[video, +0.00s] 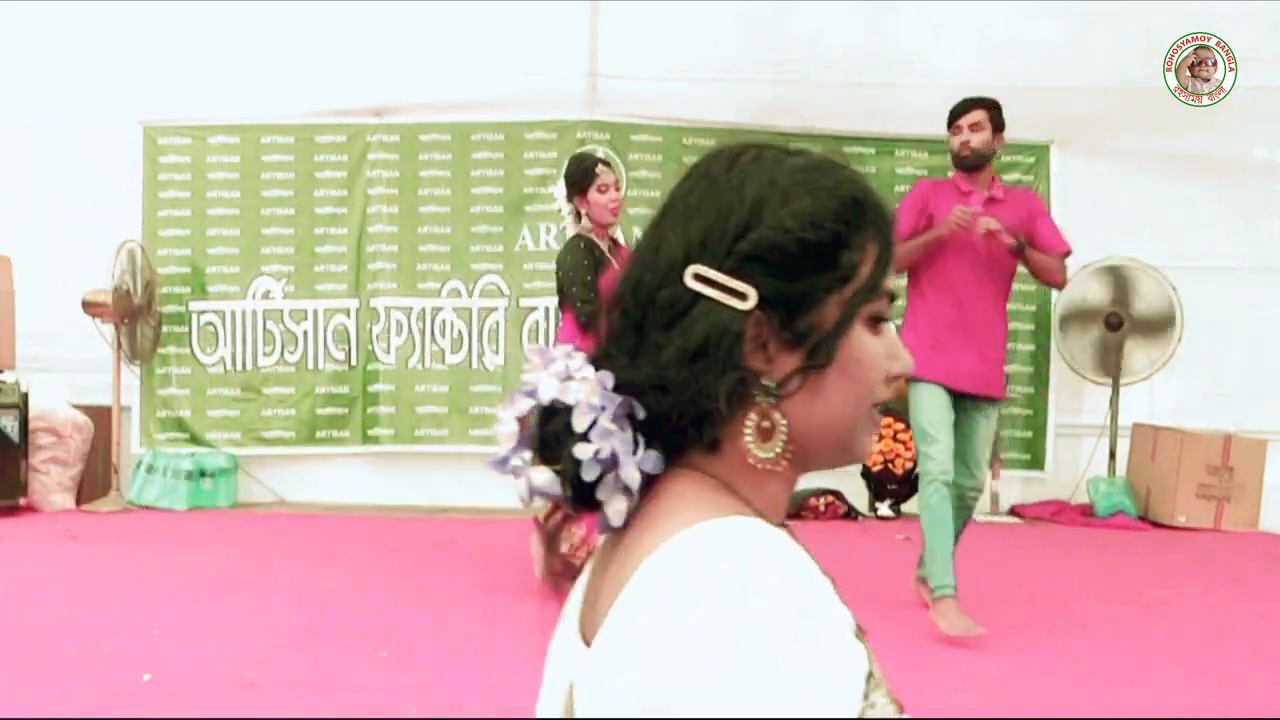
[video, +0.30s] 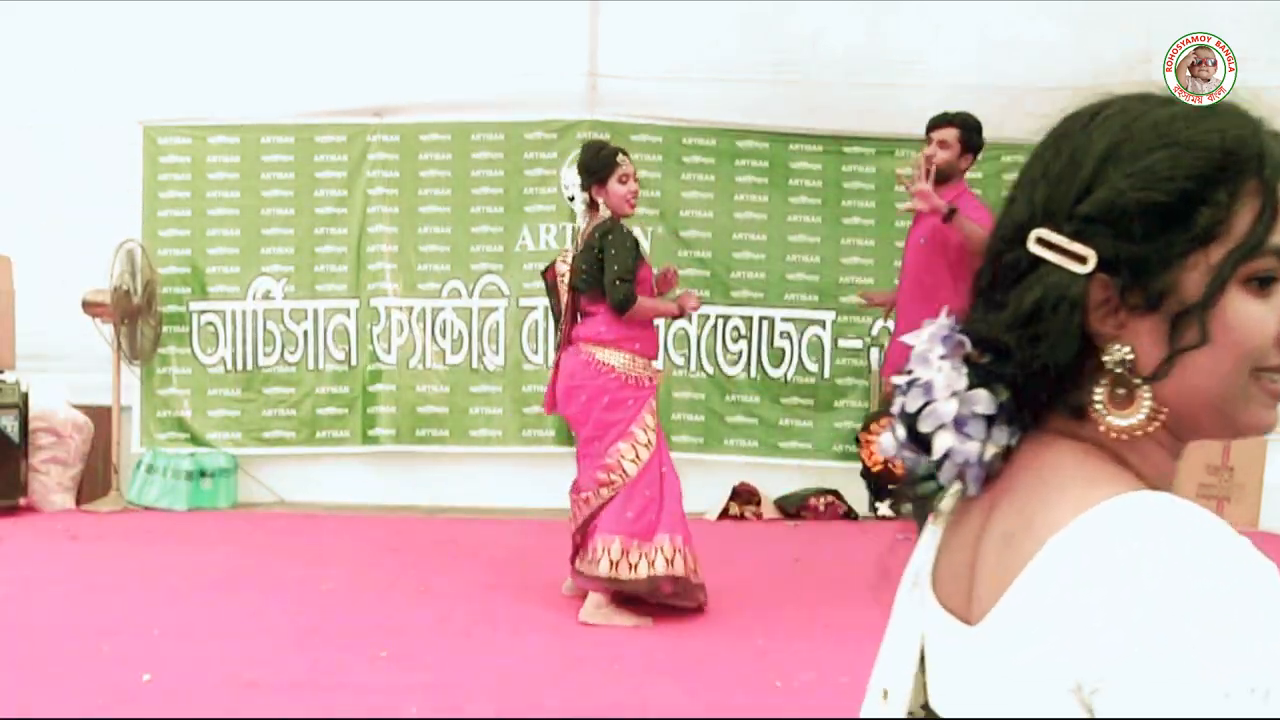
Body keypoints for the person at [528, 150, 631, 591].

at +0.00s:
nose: (614, 198)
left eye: (617, 188)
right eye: (603, 190)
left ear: (622, 191)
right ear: (580, 200)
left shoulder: (622, 249)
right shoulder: (576, 253)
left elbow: (632, 303)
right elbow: (586, 316)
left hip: (615, 364)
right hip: (581, 366)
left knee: (611, 463)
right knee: (581, 463)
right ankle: (567, 549)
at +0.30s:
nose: (634, 188)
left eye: (635, 179)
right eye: (624, 181)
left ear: (626, 185)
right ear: (598, 190)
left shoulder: (592, 237)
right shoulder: (618, 236)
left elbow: (606, 301)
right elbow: (624, 300)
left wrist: (654, 289)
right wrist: (673, 308)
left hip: (589, 372)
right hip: (611, 377)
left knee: (607, 472)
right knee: (640, 476)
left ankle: (585, 571)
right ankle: (600, 598)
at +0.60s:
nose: (640, 171)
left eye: (639, 161)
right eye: (628, 164)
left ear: (626, 169)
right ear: (602, 176)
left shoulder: (592, 225)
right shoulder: (618, 217)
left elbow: (578, 278)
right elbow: (607, 268)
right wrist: (653, 251)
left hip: (597, 356)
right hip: (618, 361)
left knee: (617, 463)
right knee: (635, 467)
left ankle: (599, 563)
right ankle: (605, 589)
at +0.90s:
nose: (621, 191)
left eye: (623, 182)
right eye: (609, 184)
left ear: (627, 188)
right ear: (584, 193)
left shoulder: (629, 242)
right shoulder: (574, 247)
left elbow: (658, 306)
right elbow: (589, 312)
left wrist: (653, 274)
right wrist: (642, 286)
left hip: (618, 377)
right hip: (574, 377)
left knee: (633, 469)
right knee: (588, 473)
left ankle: (626, 572)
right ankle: (565, 573)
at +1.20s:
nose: (592, 198)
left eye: (598, 190)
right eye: (581, 189)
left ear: (606, 197)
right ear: (561, 196)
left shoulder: (623, 250)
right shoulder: (542, 253)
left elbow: (636, 312)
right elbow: (519, 315)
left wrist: (597, 300)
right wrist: (544, 322)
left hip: (609, 375)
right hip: (557, 377)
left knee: (607, 465)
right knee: (558, 465)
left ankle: (608, 566)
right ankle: (562, 565)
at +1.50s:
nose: (590, 185)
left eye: (597, 177)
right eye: (580, 177)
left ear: (606, 185)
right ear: (561, 187)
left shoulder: (624, 239)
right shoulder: (544, 240)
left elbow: (656, 291)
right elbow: (509, 294)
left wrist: (688, 266)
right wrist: (471, 279)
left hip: (613, 362)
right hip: (559, 363)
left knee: (609, 456)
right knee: (560, 454)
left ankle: (604, 560)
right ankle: (558, 555)